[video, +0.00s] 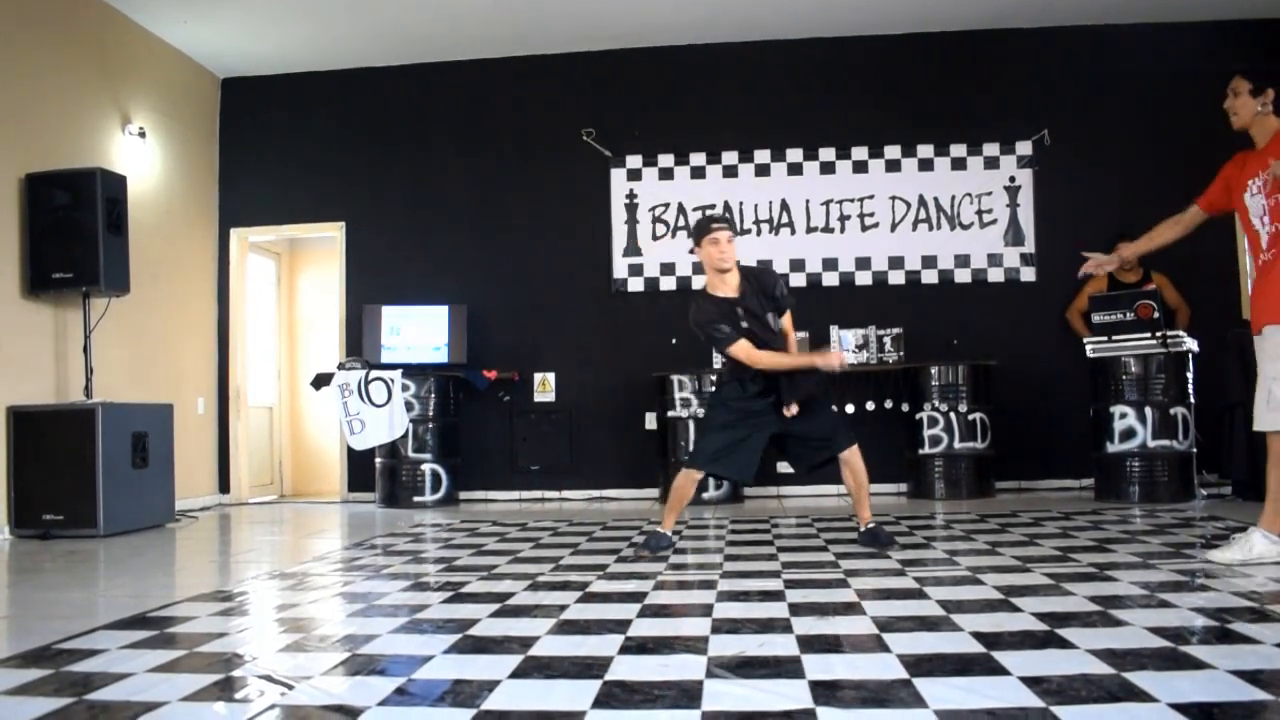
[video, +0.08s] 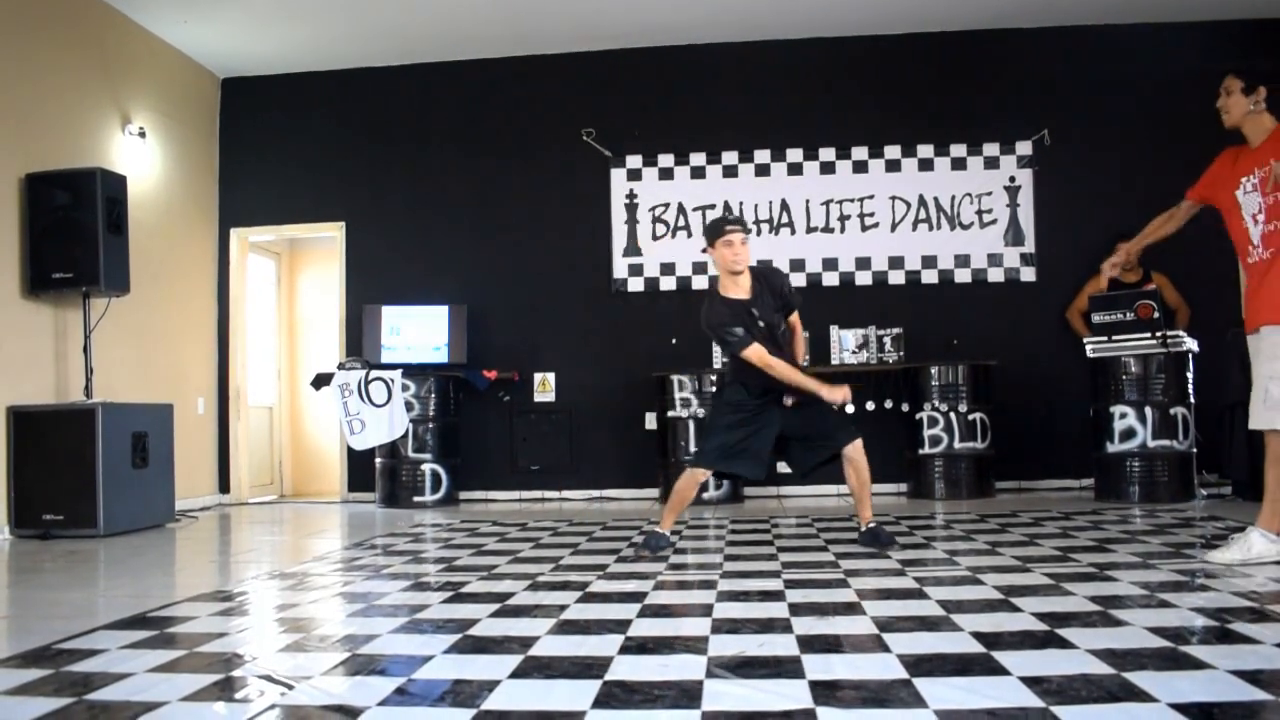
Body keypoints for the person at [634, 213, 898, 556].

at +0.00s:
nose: (724, 248)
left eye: (729, 241)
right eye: (714, 243)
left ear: (737, 247)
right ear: (698, 253)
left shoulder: (765, 280)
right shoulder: (704, 311)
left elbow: (789, 333)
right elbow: (753, 357)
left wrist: (789, 390)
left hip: (788, 383)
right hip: (739, 392)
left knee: (847, 443)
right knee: (697, 463)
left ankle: (867, 524)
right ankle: (664, 529)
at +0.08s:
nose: (738, 251)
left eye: (742, 243)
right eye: (727, 245)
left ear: (748, 247)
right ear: (711, 253)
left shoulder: (770, 278)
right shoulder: (716, 313)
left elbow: (795, 327)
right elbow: (766, 361)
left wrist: (799, 377)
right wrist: (822, 389)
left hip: (788, 393)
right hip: (742, 401)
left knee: (852, 442)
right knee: (702, 466)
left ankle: (867, 524)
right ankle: (662, 529)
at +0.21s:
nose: (757, 253)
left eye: (762, 245)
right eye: (747, 246)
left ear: (769, 248)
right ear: (729, 253)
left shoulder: (785, 283)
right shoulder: (727, 310)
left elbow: (801, 319)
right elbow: (767, 370)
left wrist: (824, 343)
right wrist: (817, 404)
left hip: (797, 393)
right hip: (747, 400)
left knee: (859, 441)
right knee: (704, 467)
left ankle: (867, 524)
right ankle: (660, 530)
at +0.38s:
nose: (820, 222)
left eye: (824, 214)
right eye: (810, 216)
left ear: (829, 220)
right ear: (790, 224)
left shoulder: (835, 271)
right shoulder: (783, 277)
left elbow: (847, 329)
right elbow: (787, 347)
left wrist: (864, 367)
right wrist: (808, 403)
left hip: (823, 378)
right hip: (779, 383)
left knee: (870, 436)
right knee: (752, 461)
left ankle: (870, 524)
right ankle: (685, 515)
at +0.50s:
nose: (850, 217)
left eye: (854, 210)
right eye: (840, 210)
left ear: (859, 216)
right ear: (821, 215)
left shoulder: (860, 267)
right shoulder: (799, 261)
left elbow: (864, 328)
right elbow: (800, 329)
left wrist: (884, 361)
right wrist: (839, 367)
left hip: (837, 360)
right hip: (791, 359)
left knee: (860, 432)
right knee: (841, 396)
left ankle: (869, 524)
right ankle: (787, 456)